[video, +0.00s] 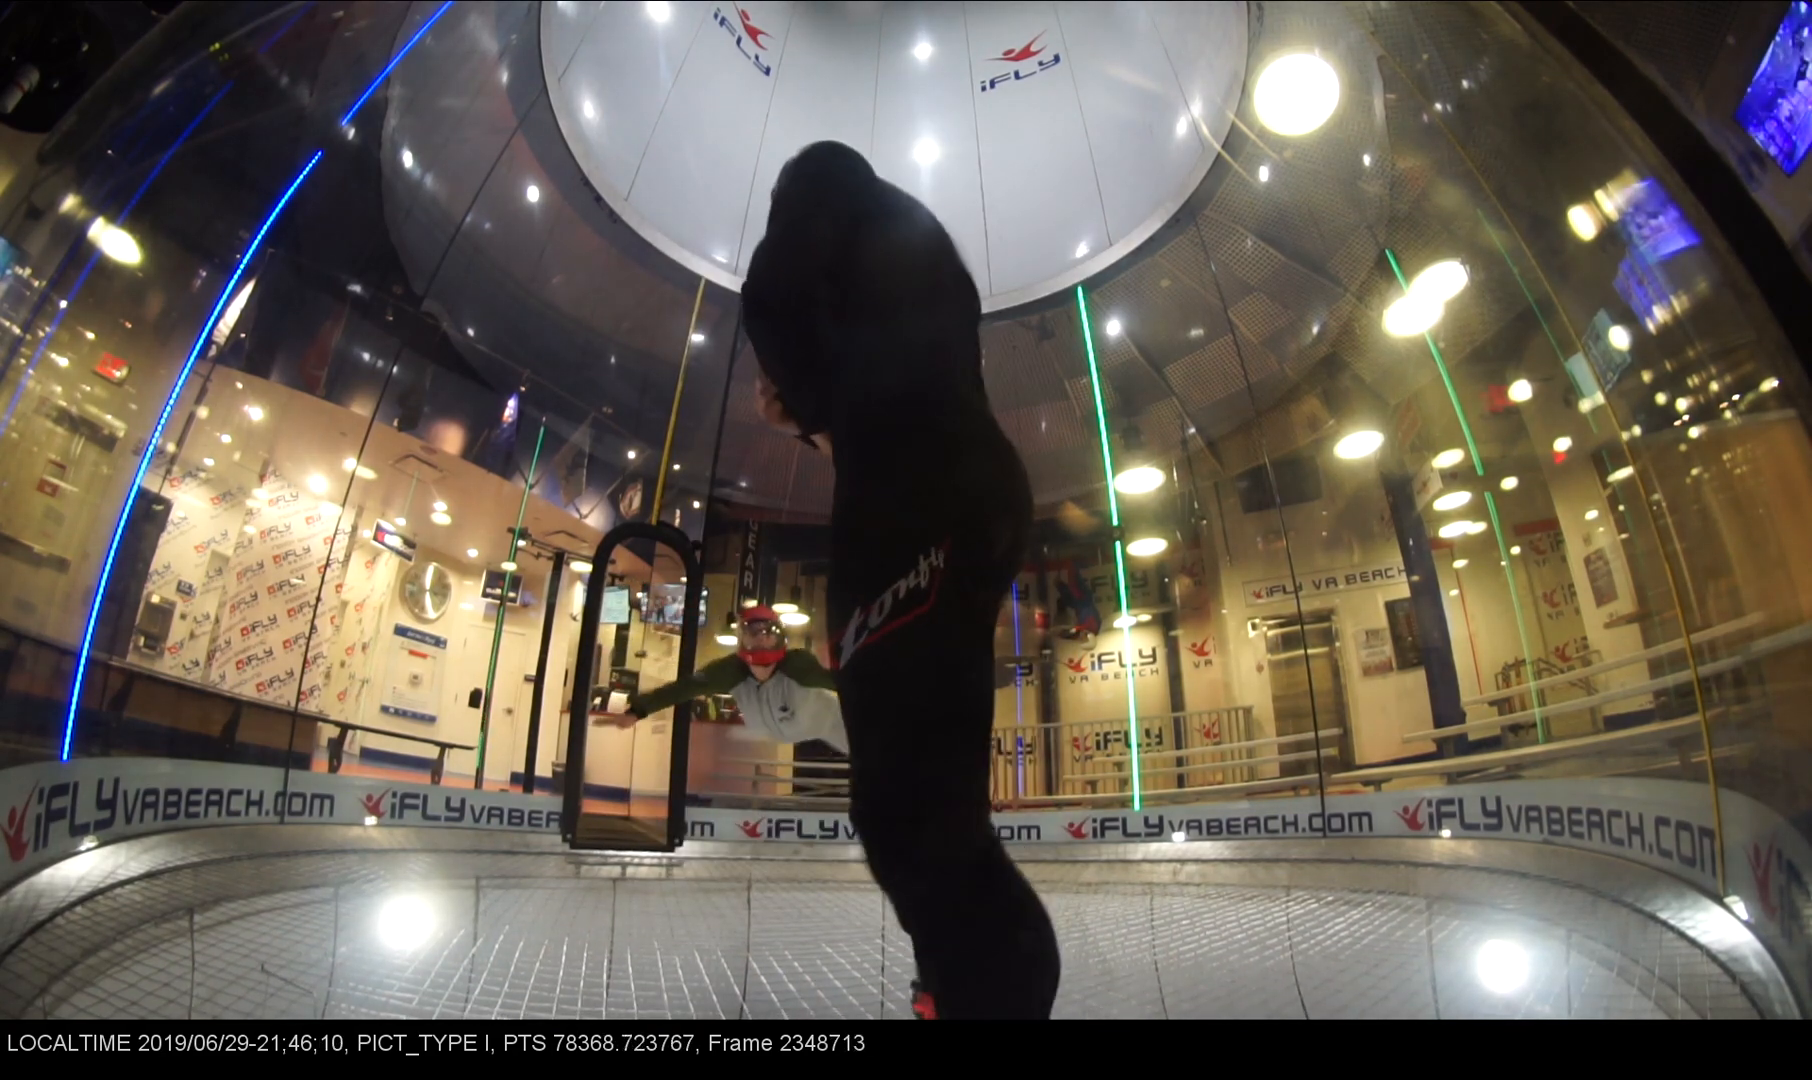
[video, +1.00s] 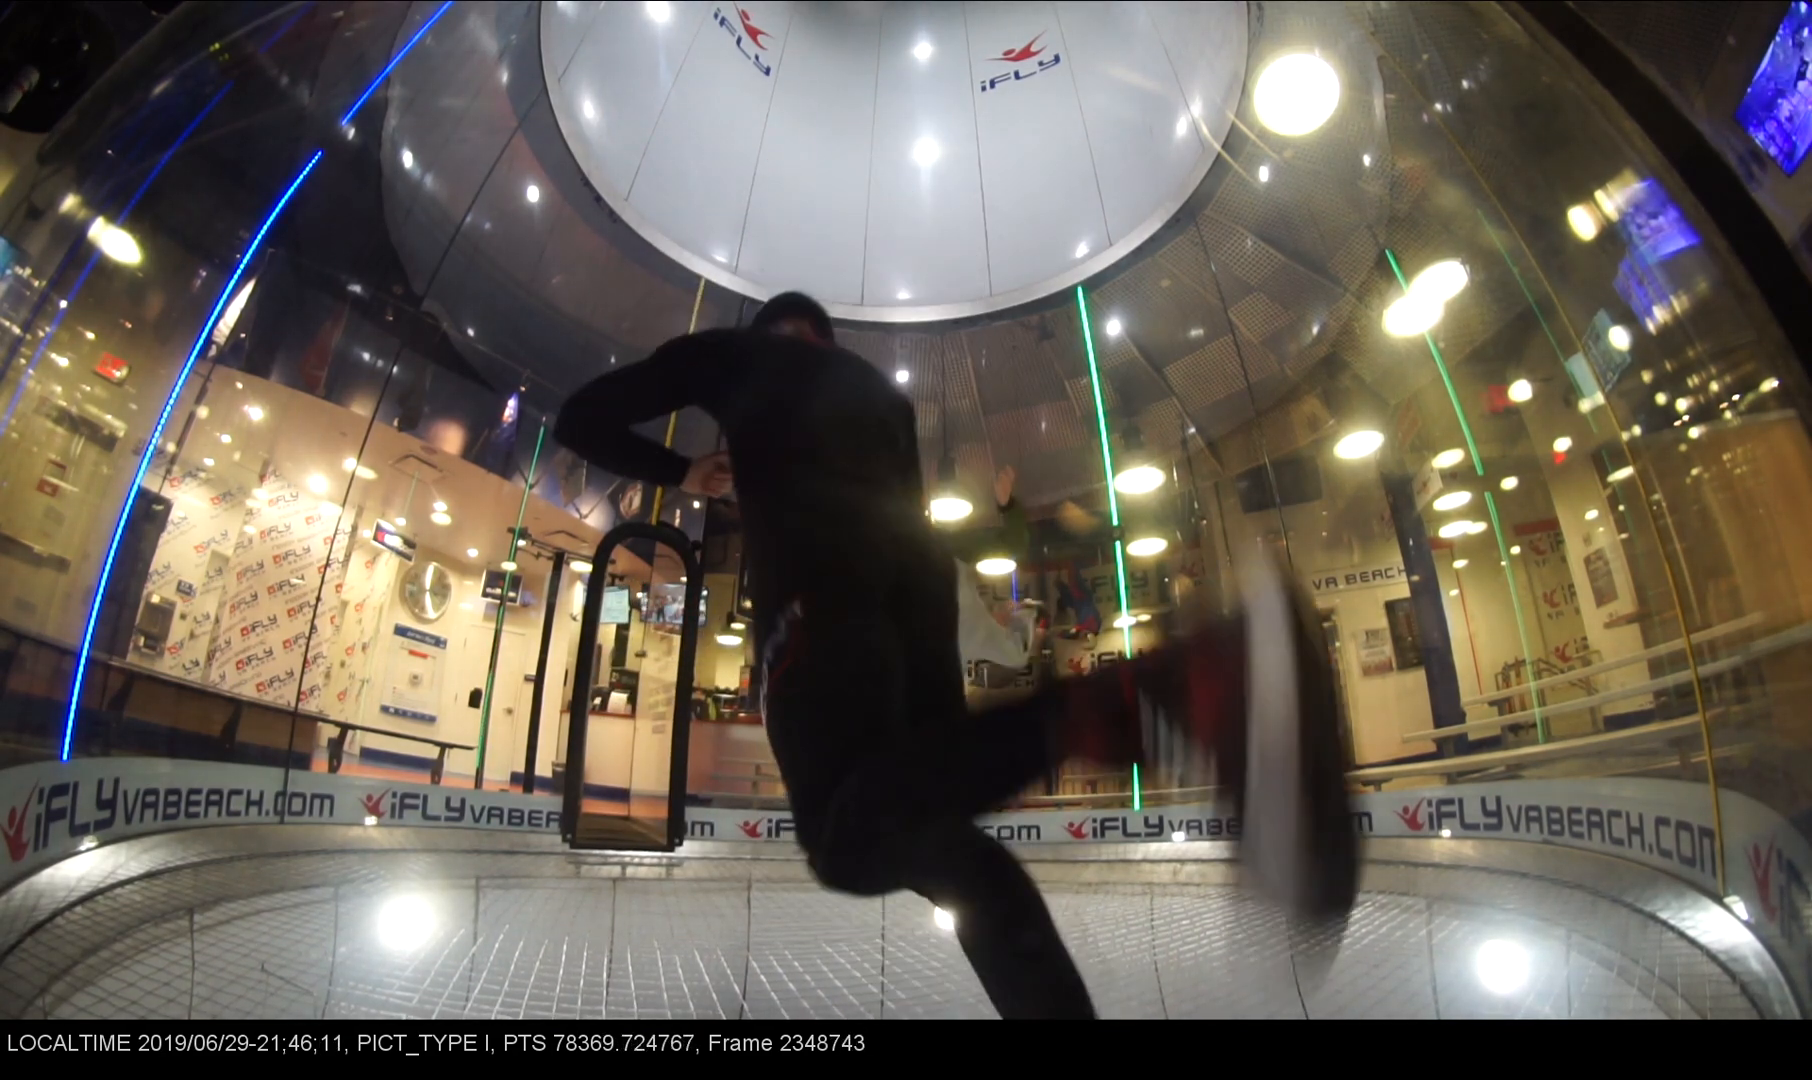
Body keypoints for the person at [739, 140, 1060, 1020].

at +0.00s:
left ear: (802, 185)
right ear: (860, 179)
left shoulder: (826, 187)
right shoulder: (911, 234)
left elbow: (771, 297)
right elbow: (895, 368)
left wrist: (807, 396)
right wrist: (806, 395)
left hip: (908, 499)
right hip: (964, 491)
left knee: (902, 804)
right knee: (932, 800)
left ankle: (987, 990)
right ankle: (981, 986)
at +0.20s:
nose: (757, 213)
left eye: (761, 196)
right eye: (759, 198)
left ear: (789, 174)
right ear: (839, 167)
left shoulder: (804, 205)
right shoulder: (920, 226)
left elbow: (740, 316)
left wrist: (832, 413)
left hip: (905, 506)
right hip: (981, 496)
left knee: (920, 809)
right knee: (950, 805)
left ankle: (1004, 993)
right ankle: (1016, 988)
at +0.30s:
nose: (769, 199)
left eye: (772, 184)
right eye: (778, 186)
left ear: (789, 169)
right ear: (853, 164)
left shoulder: (786, 196)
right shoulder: (944, 230)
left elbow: (725, 332)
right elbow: (992, 376)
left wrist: (827, 422)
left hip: (890, 496)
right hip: (992, 489)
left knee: (912, 822)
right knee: (954, 808)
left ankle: (999, 1001)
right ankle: (1025, 997)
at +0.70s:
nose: (808, 254)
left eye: (803, 244)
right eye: (822, 249)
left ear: (803, 240)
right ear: (869, 244)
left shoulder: (777, 258)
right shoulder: (933, 298)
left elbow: (651, 370)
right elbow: (960, 433)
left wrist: (767, 425)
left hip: (849, 524)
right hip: (969, 525)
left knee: (840, 825)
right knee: (963, 808)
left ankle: (969, 1009)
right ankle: (1088, 1006)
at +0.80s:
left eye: (801, 272)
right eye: (833, 277)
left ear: (798, 271)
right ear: (861, 277)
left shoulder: (769, 285)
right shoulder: (922, 336)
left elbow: (631, 383)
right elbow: (935, 461)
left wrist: (741, 448)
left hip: (847, 549)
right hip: (962, 550)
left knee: (821, 850)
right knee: (950, 828)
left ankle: (990, 1009)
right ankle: (1085, 1010)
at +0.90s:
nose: (785, 318)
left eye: (780, 307)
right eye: (806, 308)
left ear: (784, 297)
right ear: (849, 307)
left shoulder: (756, 316)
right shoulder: (906, 369)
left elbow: (604, 394)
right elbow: (918, 494)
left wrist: (705, 468)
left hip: (835, 586)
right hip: (942, 580)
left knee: (826, 861)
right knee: (945, 830)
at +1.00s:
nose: (772, 347)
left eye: (770, 335)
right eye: (785, 338)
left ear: (771, 328)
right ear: (828, 334)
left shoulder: (748, 351)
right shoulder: (882, 396)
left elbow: (583, 420)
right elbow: (906, 532)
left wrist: (676, 467)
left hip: (824, 605)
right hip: (913, 599)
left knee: (846, 844)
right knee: (966, 860)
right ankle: (1057, 1011)